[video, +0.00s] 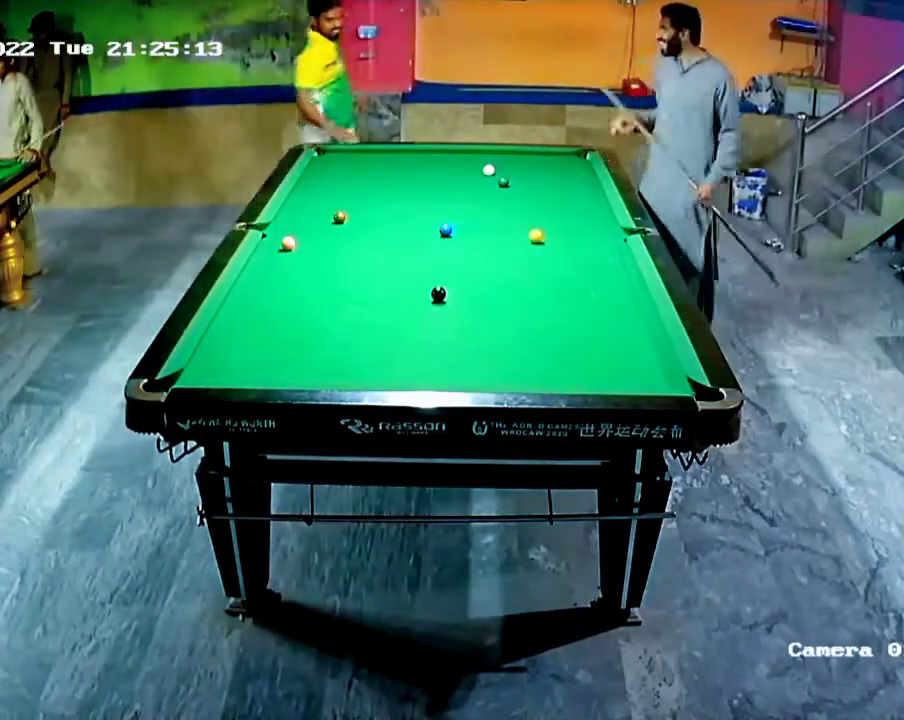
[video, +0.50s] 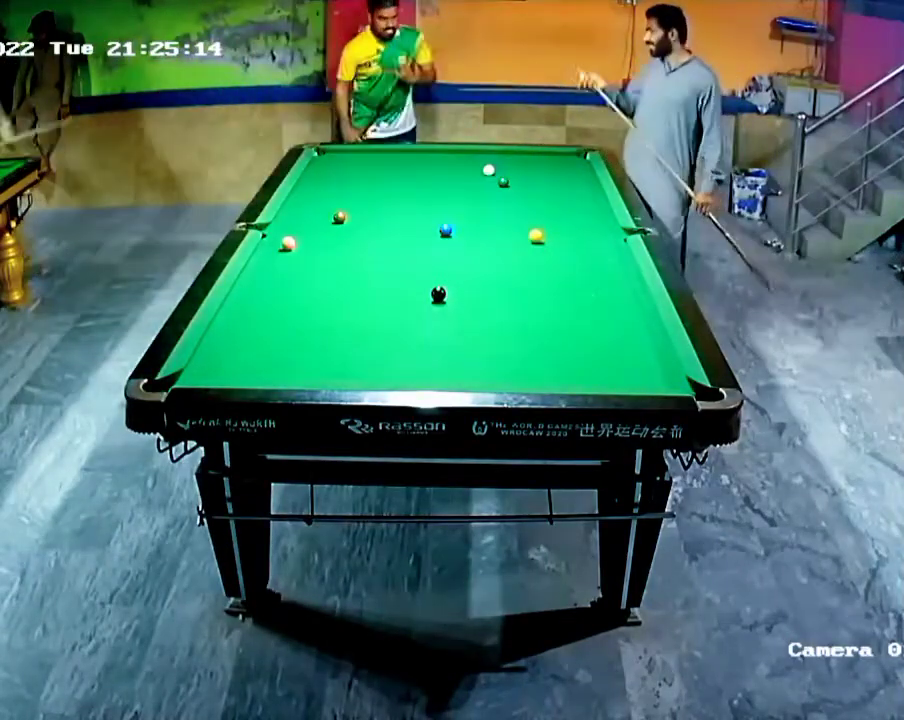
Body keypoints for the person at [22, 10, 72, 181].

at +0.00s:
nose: (38, 37)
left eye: (41, 32)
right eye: (36, 32)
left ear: (50, 31)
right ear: (34, 32)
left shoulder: (60, 49)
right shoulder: (31, 49)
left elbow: (67, 76)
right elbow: (25, 72)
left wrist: (65, 102)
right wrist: (22, 92)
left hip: (52, 95)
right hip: (33, 94)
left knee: (49, 130)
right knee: (34, 127)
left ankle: (44, 159)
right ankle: (35, 159)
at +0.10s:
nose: (39, 37)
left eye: (42, 33)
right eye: (36, 33)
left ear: (50, 32)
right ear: (34, 32)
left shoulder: (60, 51)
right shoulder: (31, 49)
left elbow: (68, 76)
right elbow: (23, 72)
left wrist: (65, 102)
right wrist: (19, 91)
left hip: (52, 95)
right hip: (32, 94)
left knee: (49, 129)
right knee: (32, 127)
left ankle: (45, 160)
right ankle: (32, 158)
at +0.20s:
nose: (39, 37)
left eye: (42, 33)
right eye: (37, 33)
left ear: (50, 32)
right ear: (34, 33)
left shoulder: (60, 51)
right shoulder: (31, 50)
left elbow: (68, 77)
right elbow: (24, 74)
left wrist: (65, 102)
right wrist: (22, 94)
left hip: (52, 96)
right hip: (34, 95)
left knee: (49, 130)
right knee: (34, 128)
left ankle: (45, 161)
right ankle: (38, 162)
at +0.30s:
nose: (39, 37)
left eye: (42, 33)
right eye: (37, 33)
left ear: (50, 32)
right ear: (35, 33)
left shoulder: (61, 51)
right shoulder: (31, 51)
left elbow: (68, 76)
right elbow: (21, 75)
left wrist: (65, 102)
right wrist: (20, 98)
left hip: (51, 95)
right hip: (32, 94)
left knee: (47, 130)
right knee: (24, 126)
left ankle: (44, 161)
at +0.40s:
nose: (39, 37)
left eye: (42, 32)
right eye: (36, 33)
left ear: (49, 31)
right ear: (34, 32)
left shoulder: (61, 49)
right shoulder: (30, 49)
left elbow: (68, 76)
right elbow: (21, 75)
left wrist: (65, 102)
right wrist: (16, 102)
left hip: (50, 96)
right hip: (30, 94)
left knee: (47, 132)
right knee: (23, 129)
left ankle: (44, 163)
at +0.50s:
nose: (38, 38)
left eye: (42, 33)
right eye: (35, 33)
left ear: (50, 32)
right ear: (33, 32)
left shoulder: (61, 49)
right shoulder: (31, 49)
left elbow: (68, 75)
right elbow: (20, 78)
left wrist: (65, 102)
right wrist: (16, 105)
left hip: (51, 95)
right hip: (32, 95)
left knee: (48, 131)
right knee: (21, 125)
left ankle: (46, 160)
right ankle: (41, 157)